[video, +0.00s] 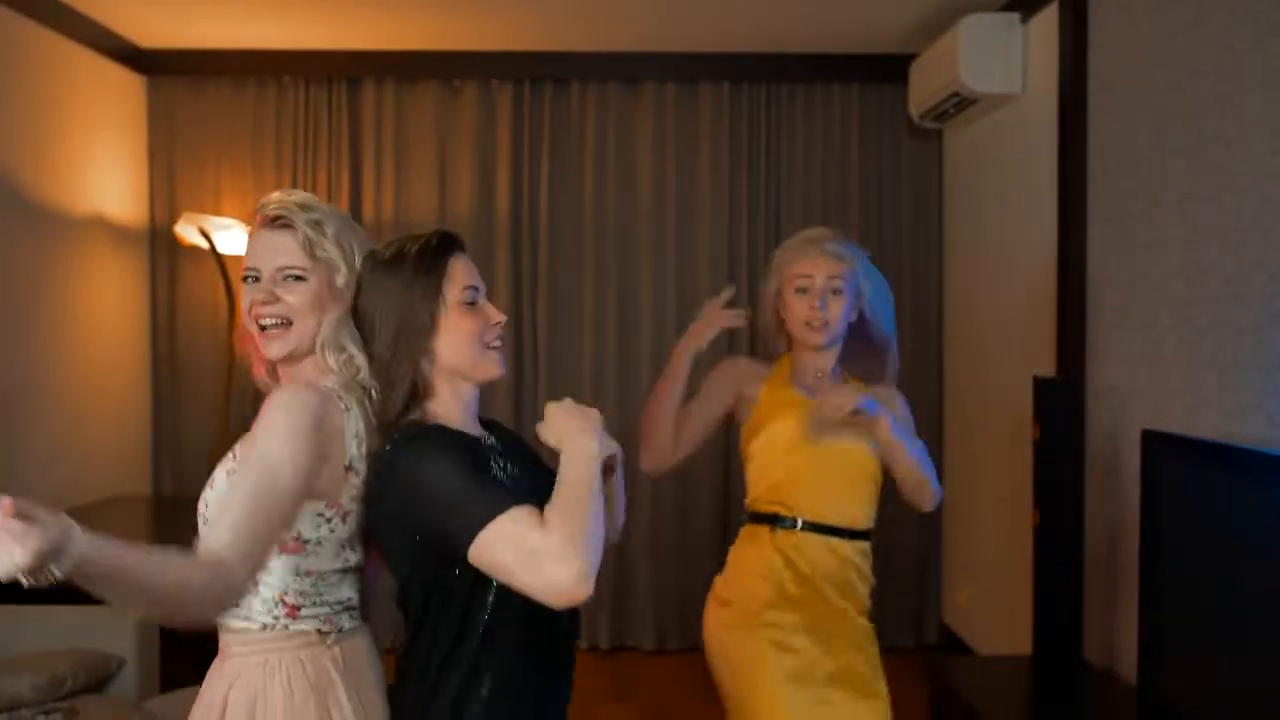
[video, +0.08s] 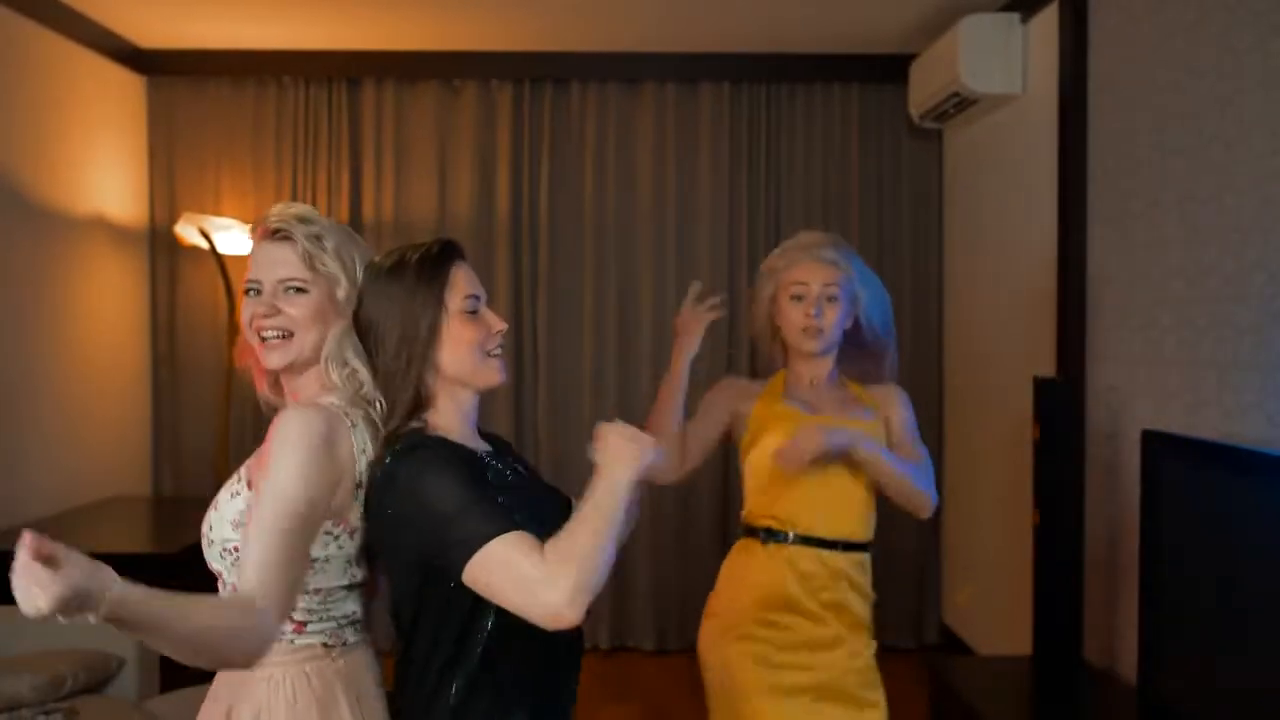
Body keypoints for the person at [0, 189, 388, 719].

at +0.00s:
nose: (264, 297)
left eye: (293, 277)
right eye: (253, 277)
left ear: (345, 292)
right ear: (241, 287)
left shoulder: (301, 407)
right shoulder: (346, 402)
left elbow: (214, 586)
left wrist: (71, 549)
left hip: (280, 676)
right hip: (337, 659)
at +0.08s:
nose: (265, 310)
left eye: (295, 289)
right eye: (255, 290)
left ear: (347, 304)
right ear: (243, 301)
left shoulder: (308, 427)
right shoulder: (347, 421)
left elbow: (250, 632)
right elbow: (378, 616)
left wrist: (105, 595)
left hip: (287, 686)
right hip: (338, 674)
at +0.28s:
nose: (262, 325)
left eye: (294, 305)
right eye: (254, 304)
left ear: (346, 322)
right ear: (241, 314)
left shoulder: (304, 441)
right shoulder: (352, 431)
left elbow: (293, 655)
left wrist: (142, 566)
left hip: (300, 698)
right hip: (349, 685)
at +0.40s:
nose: (268, 313)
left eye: (297, 293)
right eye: (256, 295)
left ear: (347, 308)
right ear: (243, 308)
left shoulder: (306, 418)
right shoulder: (362, 412)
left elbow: (276, 621)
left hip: (292, 682)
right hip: (355, 666)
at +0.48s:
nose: (272, 303)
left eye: (300, 283)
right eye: (259, 285)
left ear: (350, 296)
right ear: (247, 297)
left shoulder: (306, 393)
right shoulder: (366, 392)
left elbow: (263, 580)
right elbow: (371, 558)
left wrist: (137, 451)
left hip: (288, 671)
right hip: (357, 652)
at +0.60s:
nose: (275, 287)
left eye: (303, 267)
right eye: (262, 269)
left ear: (354, 280)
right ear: (249, 279)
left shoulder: (305, 356)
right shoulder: (364, 362)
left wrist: (77, 429)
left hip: (295, 654)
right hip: (359, 640)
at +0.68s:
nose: (275, 285)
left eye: (303, 265)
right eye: (263, 267)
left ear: (354, 278)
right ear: (250, 275)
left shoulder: (306, 350)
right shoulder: (363, 356)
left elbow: (233, 458)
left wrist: (78, 467)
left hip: (298, 651)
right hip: (359, 636)